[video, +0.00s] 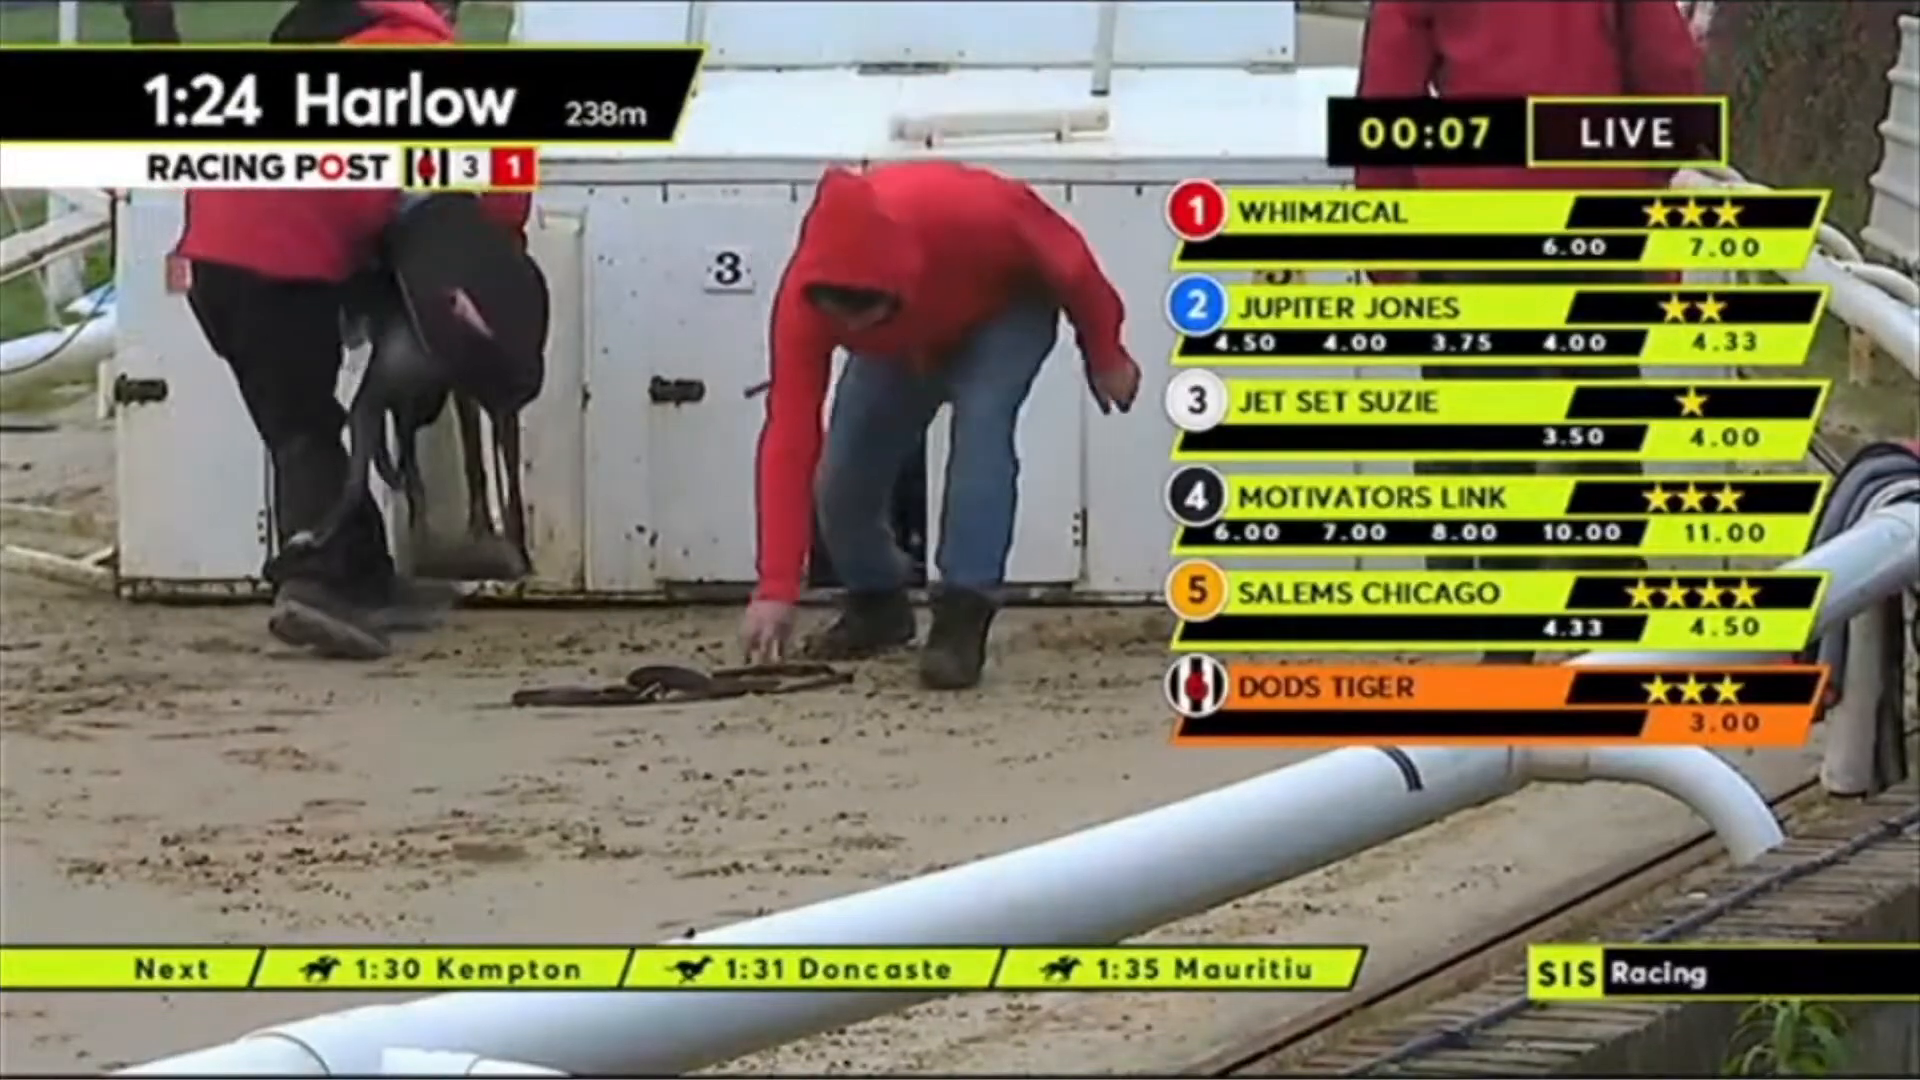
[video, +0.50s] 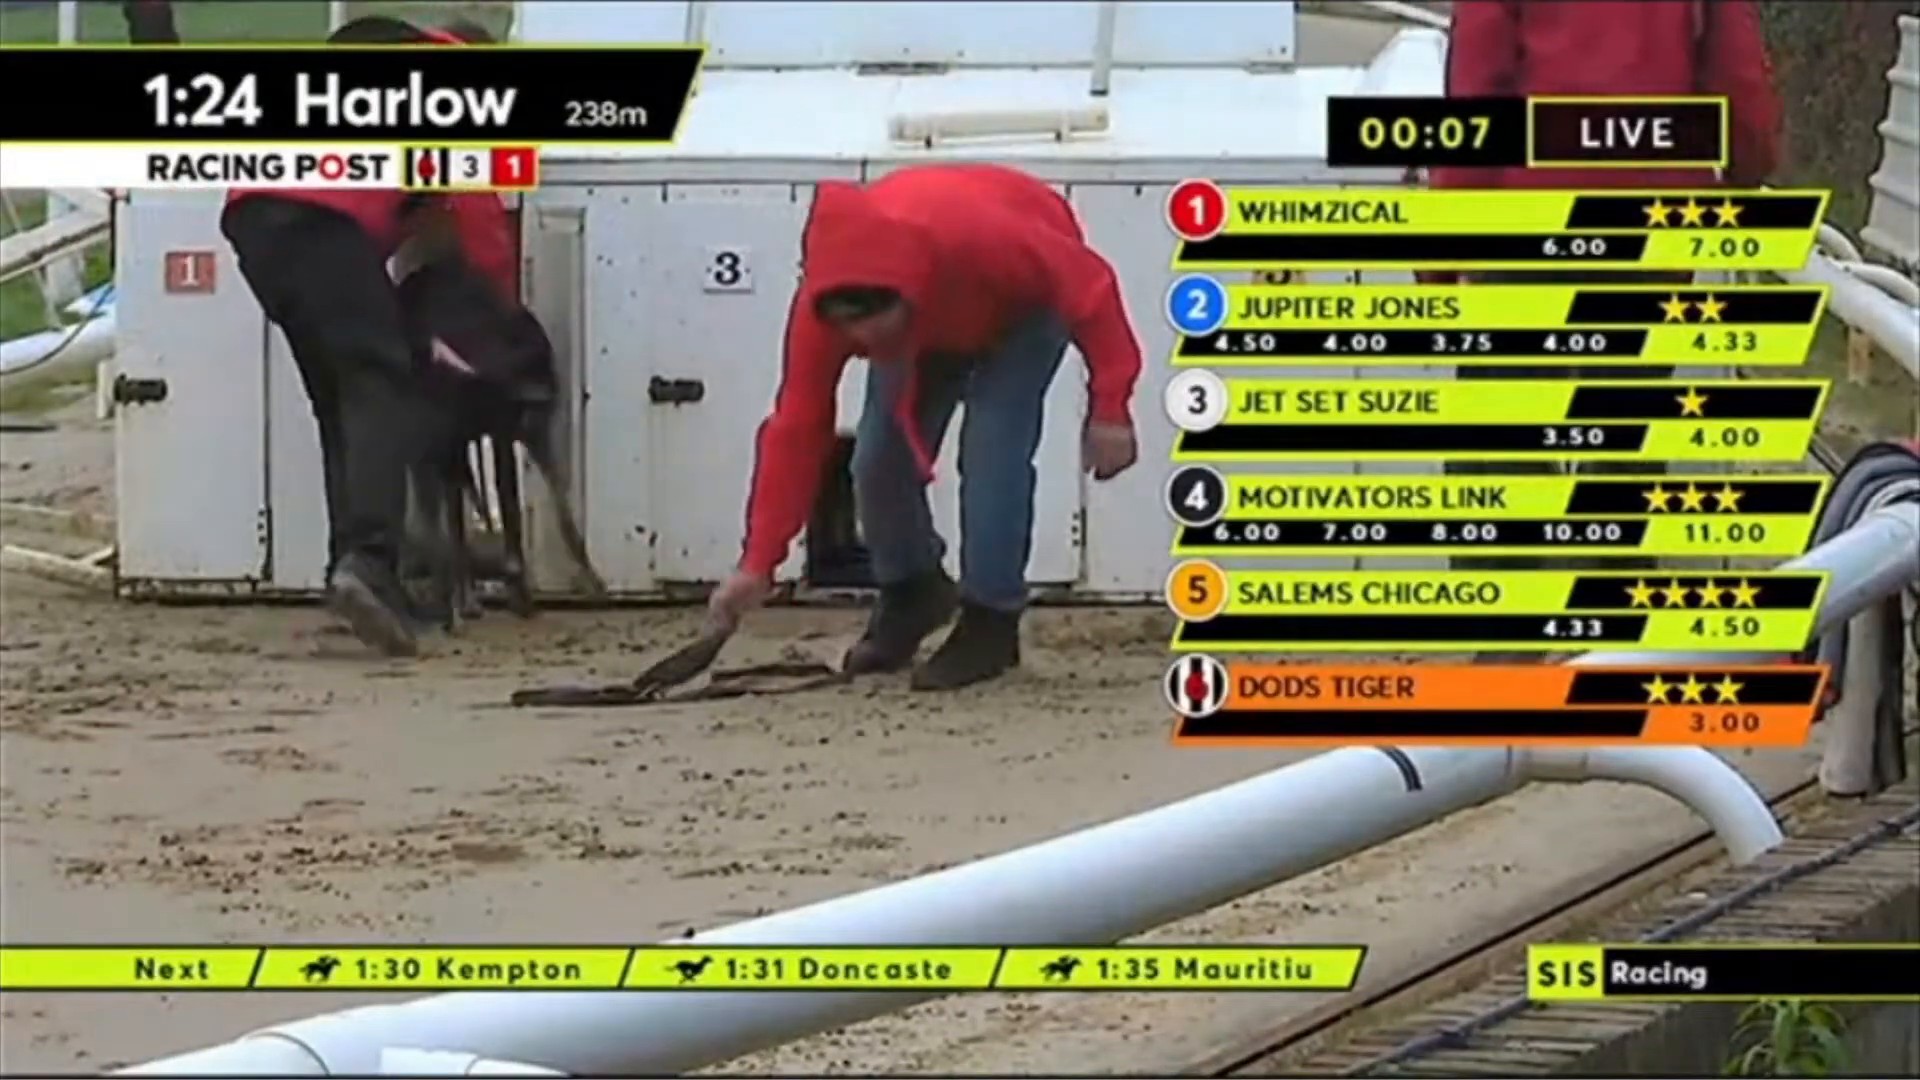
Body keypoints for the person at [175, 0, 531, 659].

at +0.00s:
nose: (456, 24)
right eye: (453, 17)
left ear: (375, 5)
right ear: (441, 10)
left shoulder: (297, 31)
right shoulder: (433, 57)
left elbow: (219, 140)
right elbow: (500, 192)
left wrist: (190, 238)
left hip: (215, 266)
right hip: (290, 274)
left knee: (302, 431)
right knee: (305, 430)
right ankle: (312, 581)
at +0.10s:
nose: (480, 38)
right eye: (477, 30)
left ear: (396, 9)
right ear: (461, 23)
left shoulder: (329, 41)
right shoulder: (466, 77)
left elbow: (243, 145)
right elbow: (519, 202)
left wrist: (205, 245)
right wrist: (502, 279)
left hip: (228, 261)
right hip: (304, 272)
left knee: (326, 427)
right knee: (319, 429)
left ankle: (364, 579)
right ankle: (290, 578)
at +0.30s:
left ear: (431, 28)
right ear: (483, 43)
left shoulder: (368, 57)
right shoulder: (492, 90)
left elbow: (351, 229)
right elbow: (504, 222)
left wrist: (411, 318)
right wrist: (495, 299)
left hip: (241, 222)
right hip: (292, 231)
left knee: (347, 394)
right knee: (331, 394)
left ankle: (366, 584)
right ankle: (297, 588)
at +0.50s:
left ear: (436, 36)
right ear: (472, 48)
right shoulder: (459, 85)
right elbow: (478, 218)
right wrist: (503, 314)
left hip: (254, 210)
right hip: (321, 215)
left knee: (341, 398)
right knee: (382, 377)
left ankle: (355, 563)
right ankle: (366, 563)